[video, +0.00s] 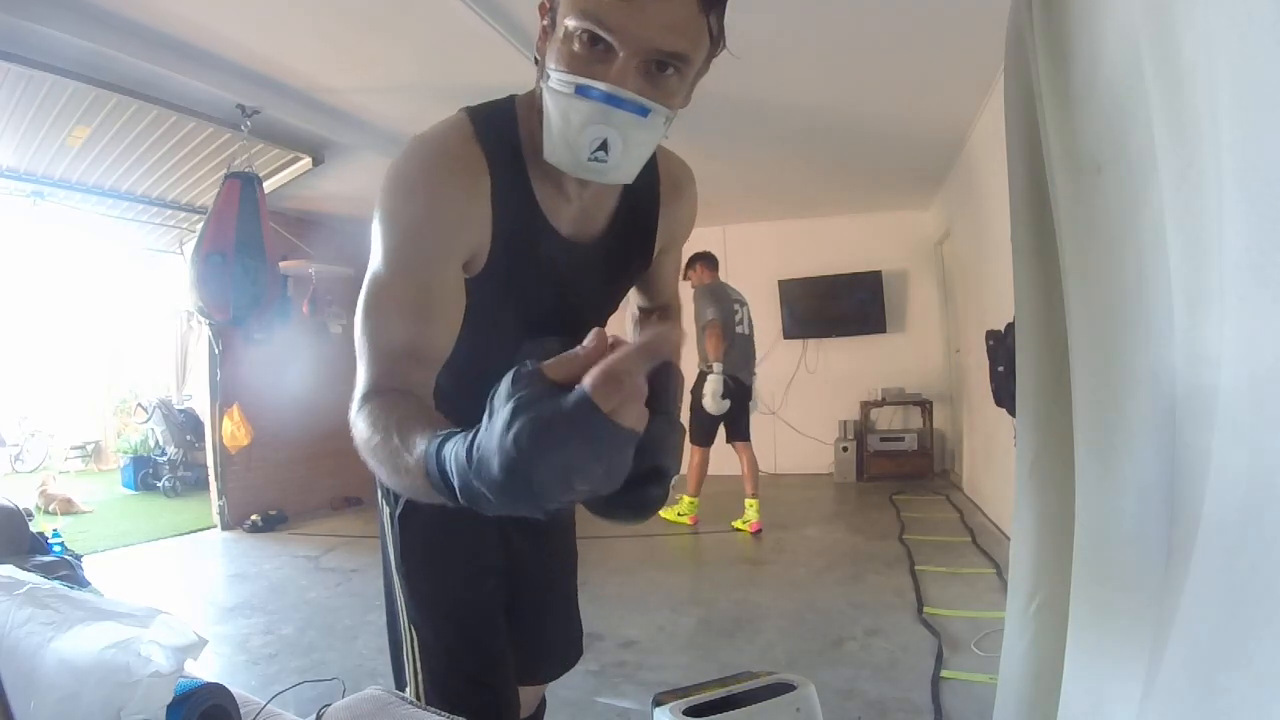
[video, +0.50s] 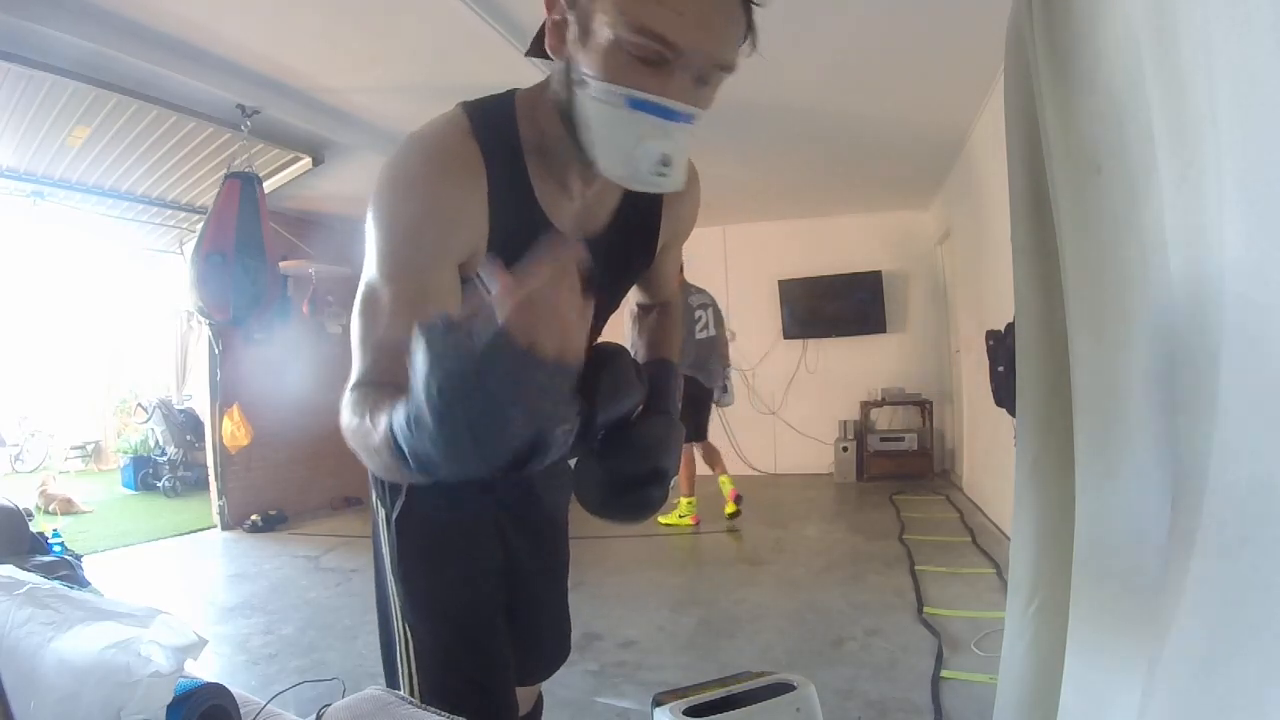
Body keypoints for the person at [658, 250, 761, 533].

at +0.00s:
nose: (690, 283)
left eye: (690, 277)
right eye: (689, 278)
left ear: (701, 269)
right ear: (714, 270)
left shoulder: (705, 292)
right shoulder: (735, 295)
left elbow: (713, 330)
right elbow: (747, 342)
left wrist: (716, 373)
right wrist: (747, 380)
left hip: (714, 378)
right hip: (740, 380)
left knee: (699, 444)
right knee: (742, 444)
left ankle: (688, 508)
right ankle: (752, 514)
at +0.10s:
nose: (685, 284)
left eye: (685, 277)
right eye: (683, 279)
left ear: (695, 270)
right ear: (707, 270)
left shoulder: (699, 295)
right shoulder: (731, 296)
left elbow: (705, 334)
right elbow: (741, 343)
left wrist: (705, 376)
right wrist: (739, 378)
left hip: (709, 380)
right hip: (736, 381)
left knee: (697, 445)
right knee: (738, 443)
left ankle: (689, 509)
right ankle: (751, 513)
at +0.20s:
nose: (677, 278)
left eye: (679, 272)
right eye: (677, 273)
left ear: (689, 270)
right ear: (701, 270)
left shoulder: (693, 296)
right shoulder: (726, 296)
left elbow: (693, 342)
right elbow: (739, 346)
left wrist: (691, 385)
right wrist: (731, 376)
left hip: (702, 381)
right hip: (728, 382)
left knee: (693, 445)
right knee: (732, 442)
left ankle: (687, 508)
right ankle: (750, 509)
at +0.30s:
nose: (673, 279)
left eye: (674, 273)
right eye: (674, 273)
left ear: (682, 271)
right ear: (695, 269)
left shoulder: (685, 299)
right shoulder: (720, 296)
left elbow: (684, 340)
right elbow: (733, 341)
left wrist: (680, 371)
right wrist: (728, 373)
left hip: (694, 378)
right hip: (720, 379)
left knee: (690, 443)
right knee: (722, 439)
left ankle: (687, 508)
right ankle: (747, 505)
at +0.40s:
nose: (667, 279)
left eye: (668, 272)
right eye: (668, 271)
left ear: (676, 271)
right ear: (688, 268)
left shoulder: (676, 299)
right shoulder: (712, 296)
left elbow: (675, 344)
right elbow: (727, 340)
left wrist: (669, 377)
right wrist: (725, 377)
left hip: (689, 378)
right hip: (713, 379)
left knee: (687, 443)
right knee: (712, 441)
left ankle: (687, 508)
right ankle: (741, 495)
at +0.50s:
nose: (665, 279)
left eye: (666, 273)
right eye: (666, 273)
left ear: (673, 272)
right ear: (683, 269)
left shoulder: (671, 300)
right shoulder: (705, 297)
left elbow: (668, 344)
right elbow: (721, 339)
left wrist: (661, 376)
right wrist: (723, 374)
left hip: (684, 375)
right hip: (708, 375)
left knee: (683, 442)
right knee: (701, 439)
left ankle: (687, 508)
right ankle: (729, 489)